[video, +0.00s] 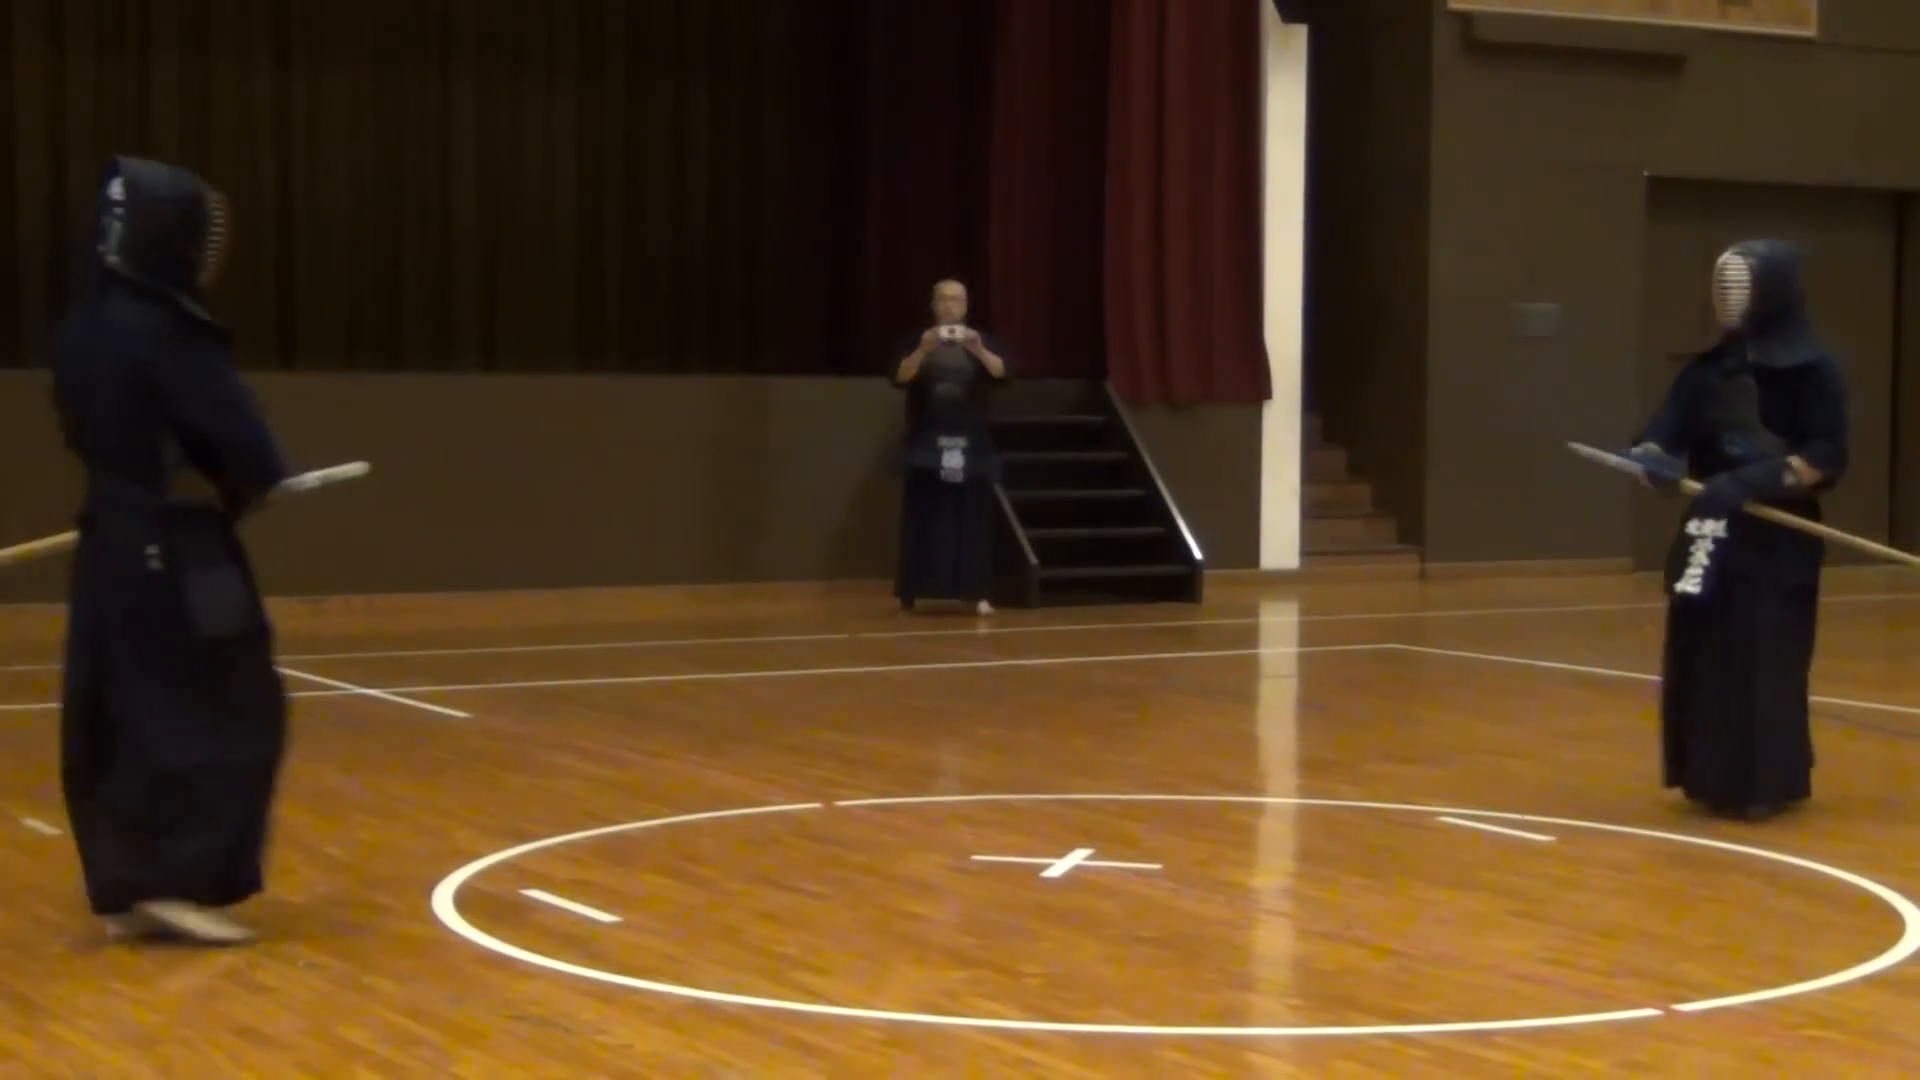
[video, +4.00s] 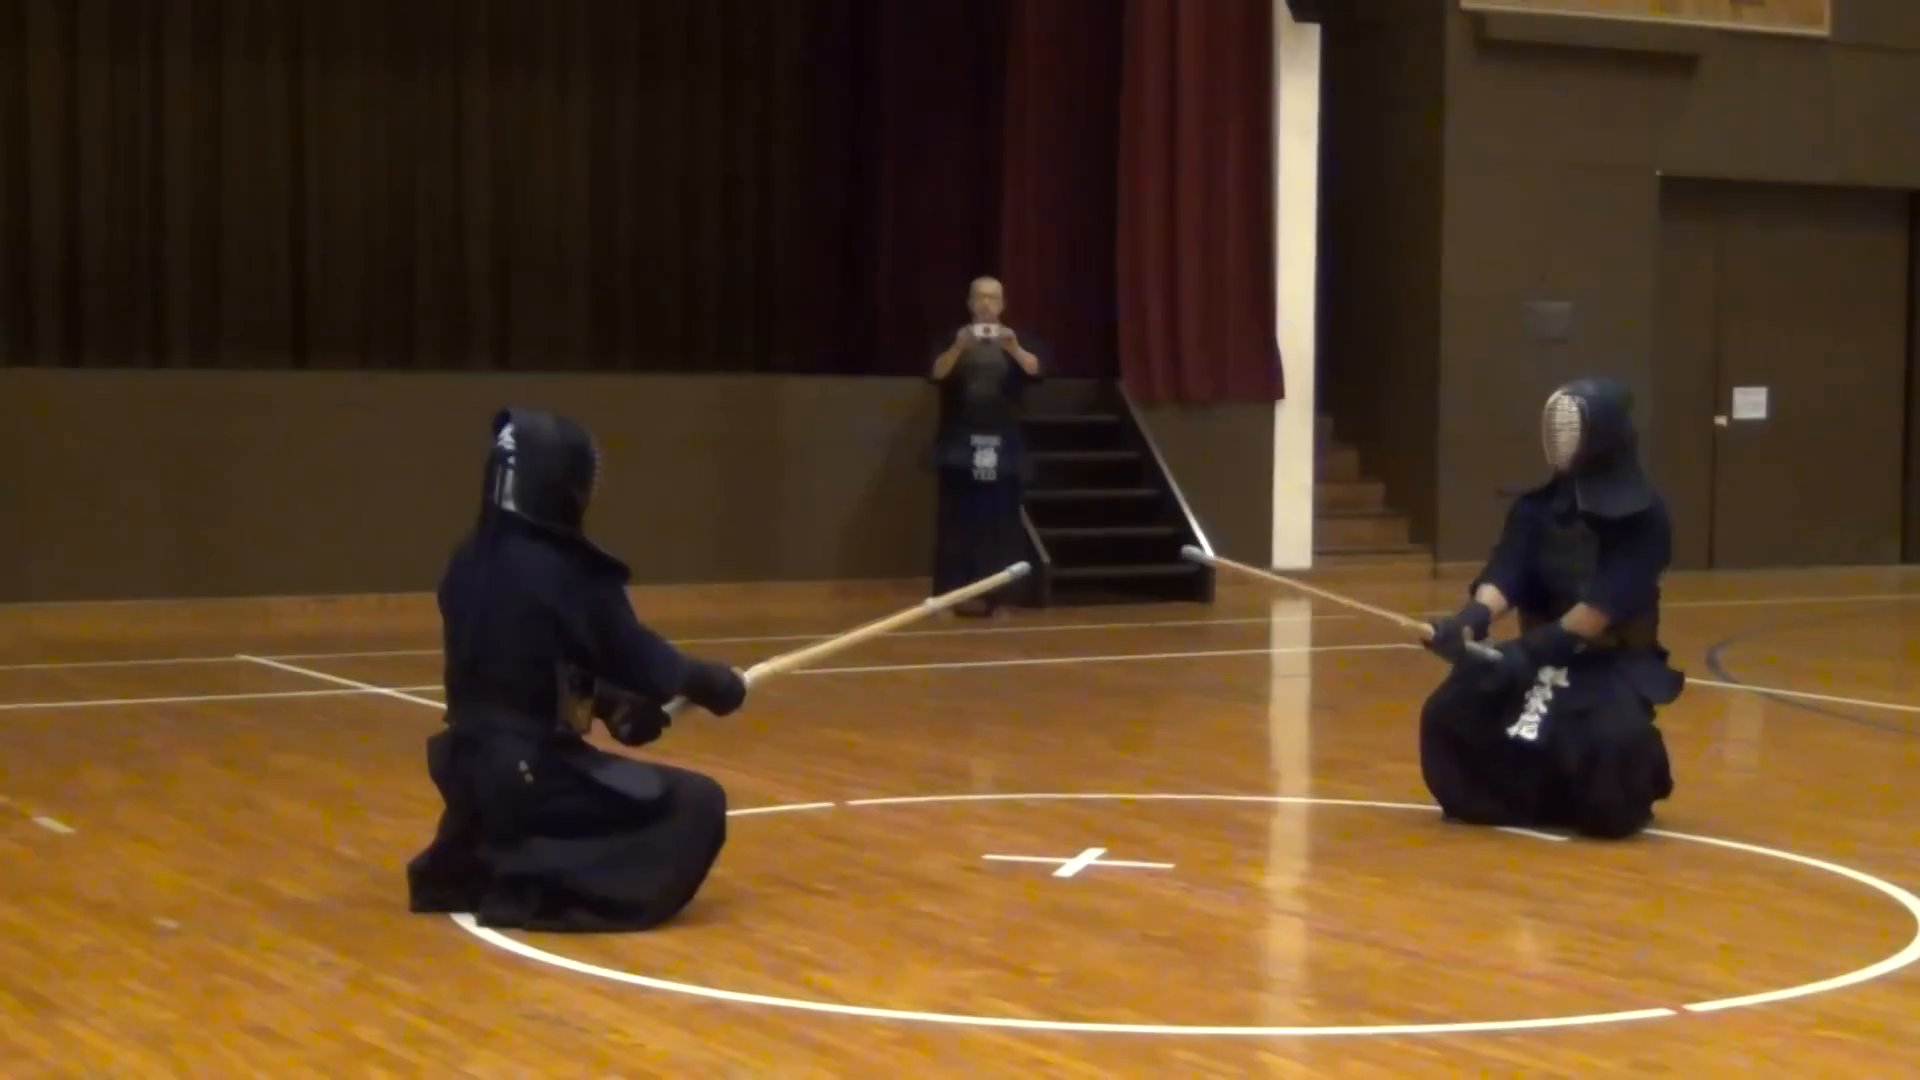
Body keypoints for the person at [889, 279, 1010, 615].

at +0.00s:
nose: (950, 306)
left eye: (956, 300)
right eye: (944, 300)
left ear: (966, 305)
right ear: (933, 304)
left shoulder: (979, 342)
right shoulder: (919, 342)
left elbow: (1002, 373)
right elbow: (899, 377)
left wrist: (976, 349)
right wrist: (925, 348)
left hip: (969, 438)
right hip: (927, 437)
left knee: (974, 514)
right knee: (920, 513)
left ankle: (979, 593)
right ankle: (909, 592)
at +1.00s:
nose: (977, 304)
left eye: (984, 299)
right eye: (972, 298)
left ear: (994, 303)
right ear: (961, 302)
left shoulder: (1007, 341)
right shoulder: (948, 339)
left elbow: (1026, 371)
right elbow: (926, 374)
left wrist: (1004, 348)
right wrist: (950, 347)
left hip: (993, 435)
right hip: (952, 434)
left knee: (988, 510)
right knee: (948, 510)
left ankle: (983, 591)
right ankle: (942, 592)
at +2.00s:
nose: (975, 305)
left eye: (981, 299)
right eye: (969, 299)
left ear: (991, 303)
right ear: (958, 303)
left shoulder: (1003, 340)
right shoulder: (945, 339)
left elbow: (1024, 371)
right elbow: (925, 374)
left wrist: (1000, 348)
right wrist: (948, 347)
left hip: (990, 436)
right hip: (950, 435)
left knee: (987, 512)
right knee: (947, 511)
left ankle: (984, 591)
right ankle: (945, 590)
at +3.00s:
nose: (986, 303)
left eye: (993, 297)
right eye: (980, 297)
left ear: (1003, 302)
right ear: (970, 301)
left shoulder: (1015, 340)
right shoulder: (955, 338)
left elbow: (1035, 370)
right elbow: (936, 373)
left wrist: (1012, 347)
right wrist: (960, 345)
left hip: (1002, 436)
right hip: (960, 435)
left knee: (999, 512)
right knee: (956, 511)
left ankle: (995, 593)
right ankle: (951, 592)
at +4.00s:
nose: (987, 304)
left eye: (993, 298)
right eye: (981, 297)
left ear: (1003, 302)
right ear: (971, 302)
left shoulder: (1014, 340)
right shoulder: (958, 338)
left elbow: (1035, 370)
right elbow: (937, 373)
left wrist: (1012, 347)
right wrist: (960, 346)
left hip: (1002, 434)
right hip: (962, 434)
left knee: (1000, 512)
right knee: (962, 512)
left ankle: (997, 592)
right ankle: (961, 591)